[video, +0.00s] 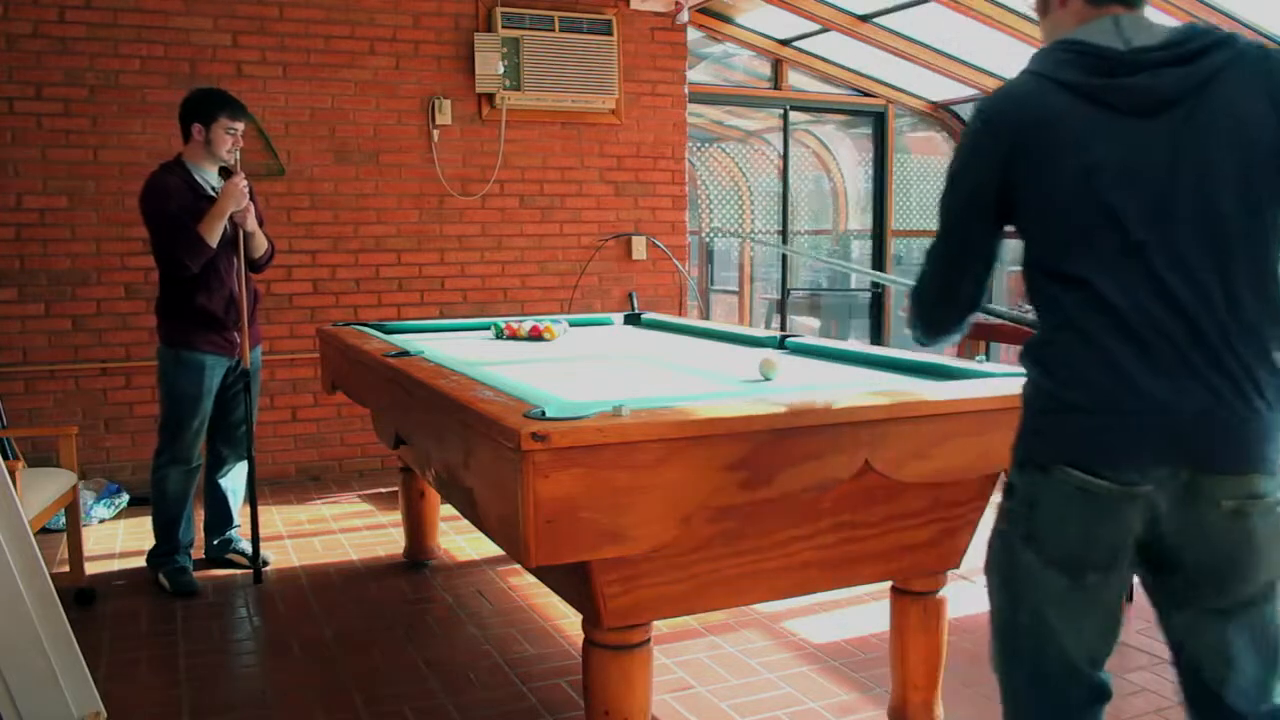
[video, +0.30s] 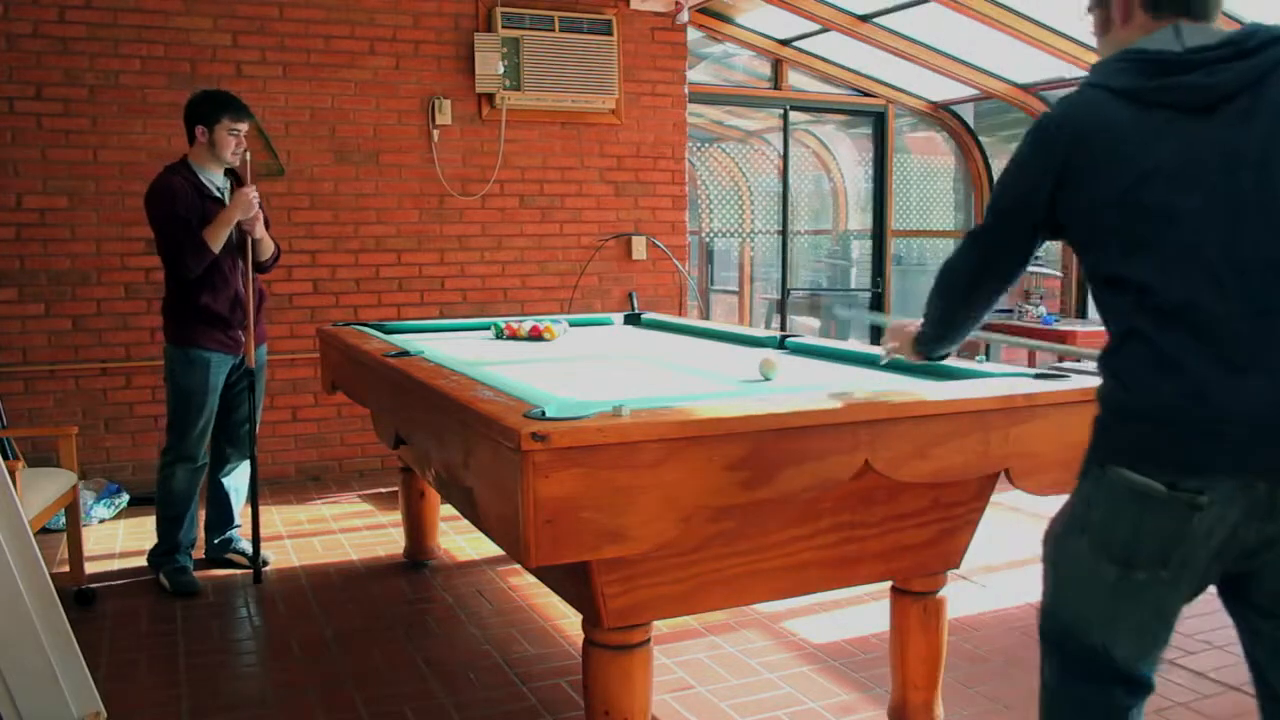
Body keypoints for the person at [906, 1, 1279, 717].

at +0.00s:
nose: (1035, 28)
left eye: (1036, 15)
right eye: (1035, 17)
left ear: (1060, 5)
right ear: (1139, 5)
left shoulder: (1017, 110)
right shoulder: (1261, 73)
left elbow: (935, 312)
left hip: (1082, 446)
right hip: (1239, 449)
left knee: (1050, 703)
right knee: (1247, 704)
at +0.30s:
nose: (1097, 42)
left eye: (1097, 23)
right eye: (1095, 27)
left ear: (1125, 11)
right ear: (1212, 8)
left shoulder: (1084, 122)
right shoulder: (1275, 70)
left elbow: (986, 261)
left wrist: (928, 339)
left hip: (1167, 446)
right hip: (1279, 444)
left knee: (1092, 680)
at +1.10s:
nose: (1039, 242)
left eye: (1039, 228)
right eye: (1036, 230)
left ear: (1066, 224)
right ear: (1143, 192)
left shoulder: (1050, 305)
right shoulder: (1246, 201)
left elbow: (937, 355)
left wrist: (861, 379)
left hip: (1242, 510)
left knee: (1122, 701)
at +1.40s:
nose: (1045, 261)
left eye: (1045, 247)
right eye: (1042, 249)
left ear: (1072, 245)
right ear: (1150, 214)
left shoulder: (1054, 316)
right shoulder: (1250, 216)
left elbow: (940, 359)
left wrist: (860, 378)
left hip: (1237, 503)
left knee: (1127, 701)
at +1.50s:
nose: (1046, 263)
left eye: (1046, 248)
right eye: (1043, 250)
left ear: (1073, 247)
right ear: (1150, 219)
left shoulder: (1055, 318)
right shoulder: (1247, 218)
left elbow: (940, 360)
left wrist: (860, 377)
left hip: (1235, 503)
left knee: (1127, 701)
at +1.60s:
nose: (1044, 268)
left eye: (1045, 251)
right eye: (1041, 254)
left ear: (1073, 249)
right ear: (1149, 221)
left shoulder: (1054, 320)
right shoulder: (1247, 219)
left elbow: (939, 360)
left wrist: (862, 376)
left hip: (1237, 502)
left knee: (1129, 703)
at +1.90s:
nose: (1043, 271)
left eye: (1045, 253)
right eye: (1041, 255)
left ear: (1073, 252)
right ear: (1149, 223)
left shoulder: (1054, 320)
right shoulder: (1246, 219)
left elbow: (938, 361)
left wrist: (860, 376)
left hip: (1239, 504)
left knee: (1133, 703)